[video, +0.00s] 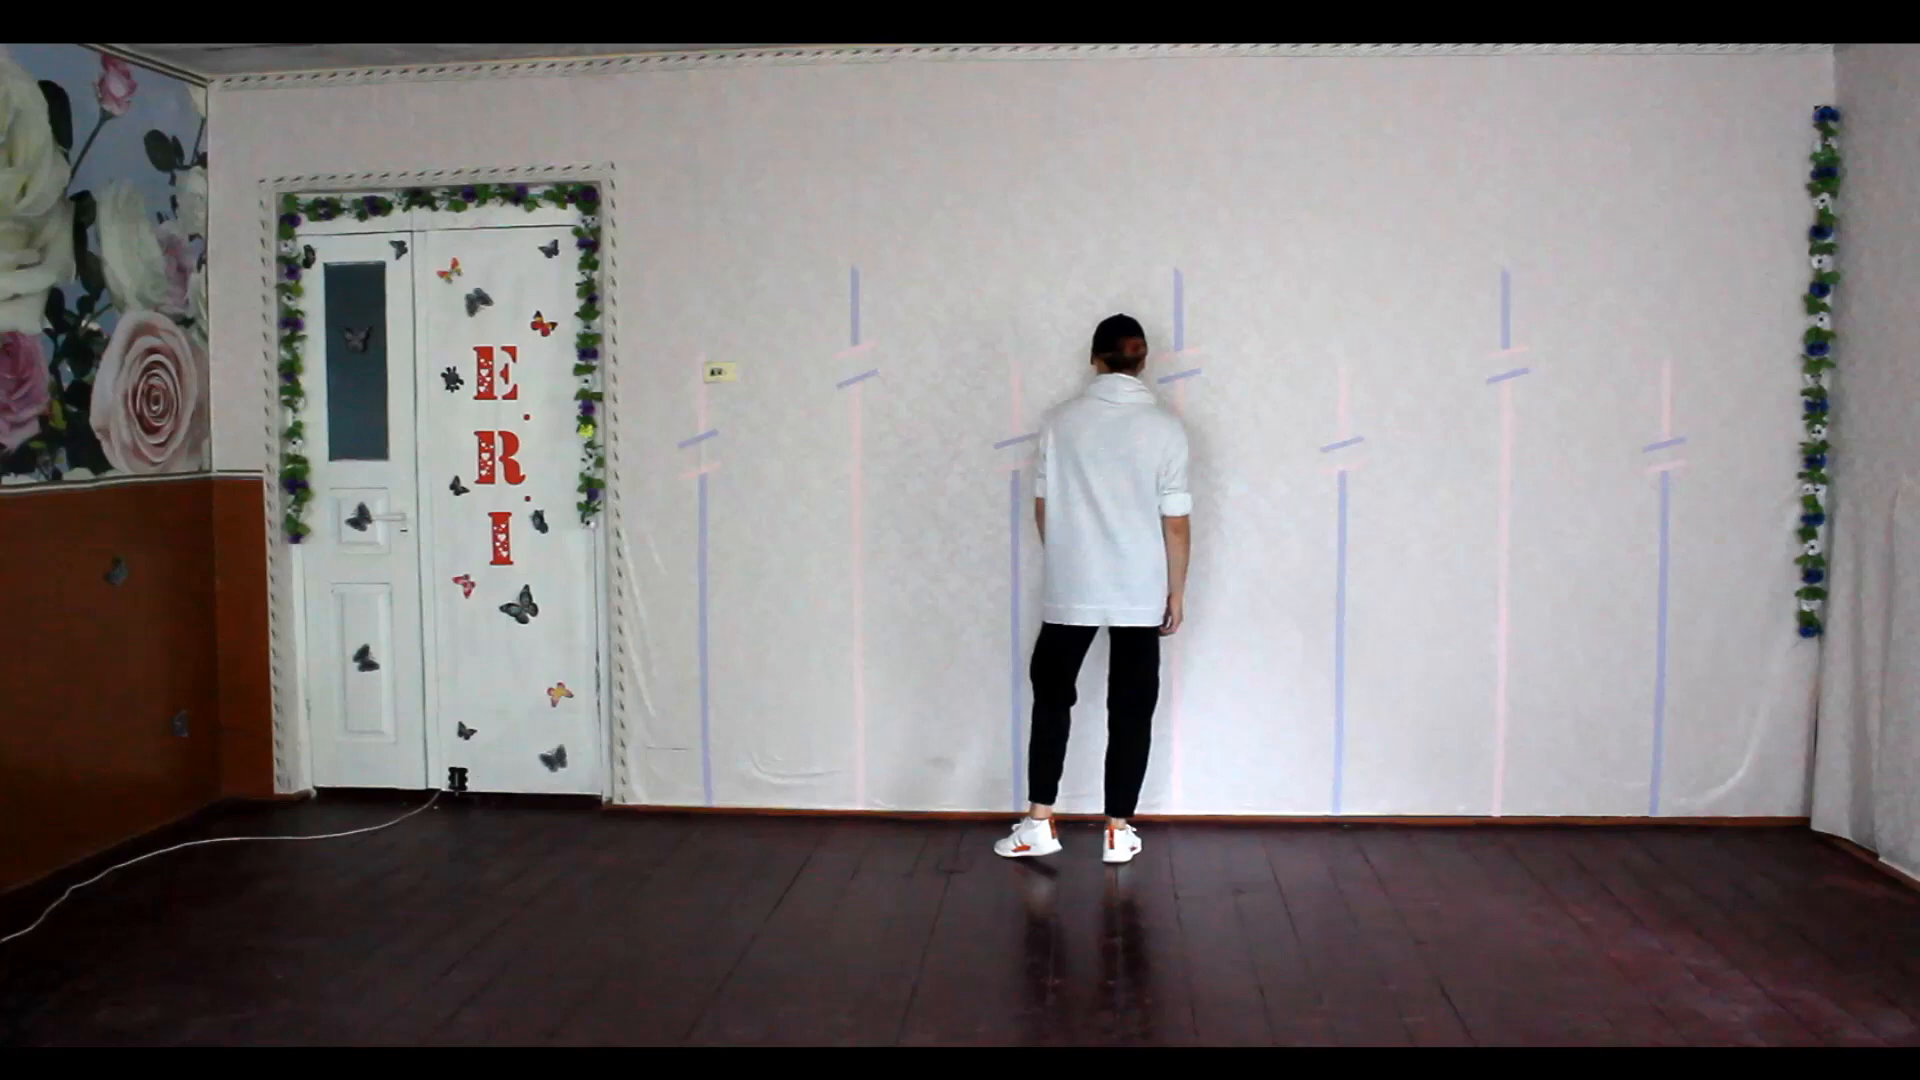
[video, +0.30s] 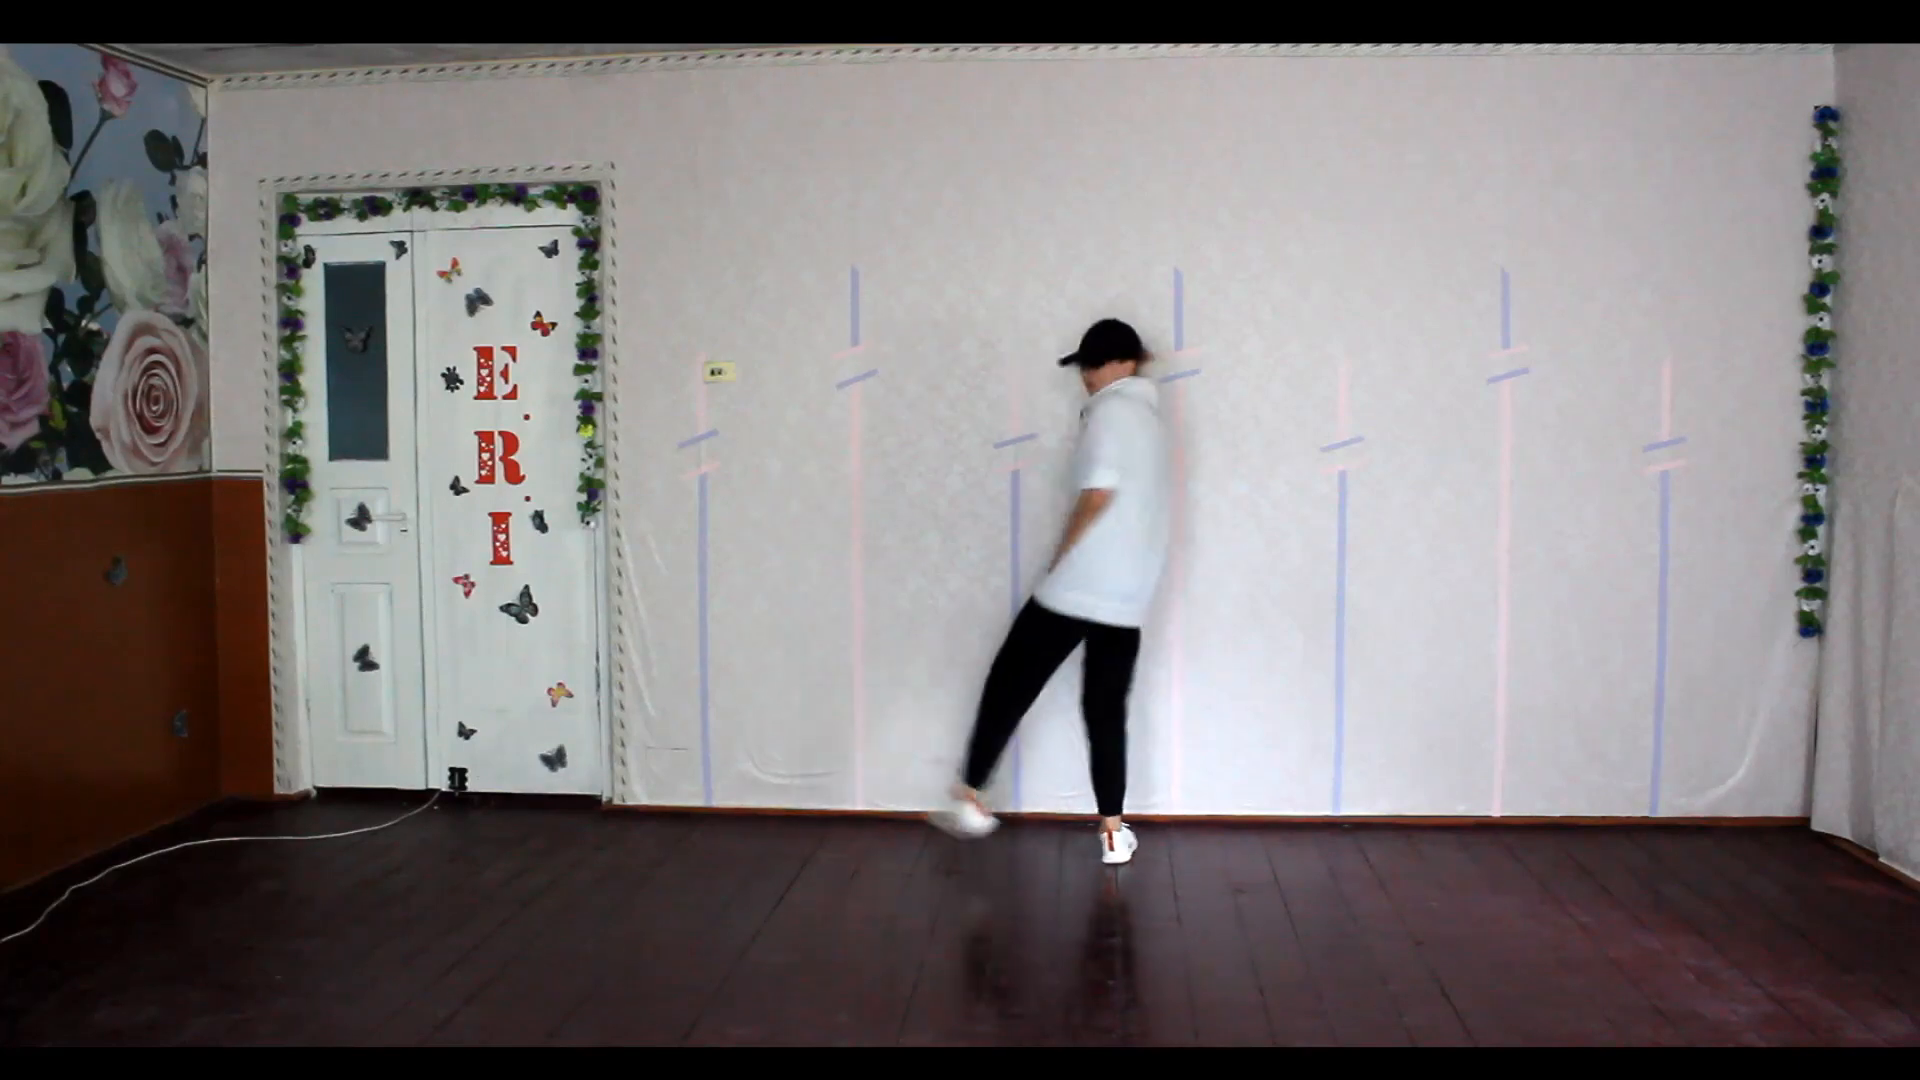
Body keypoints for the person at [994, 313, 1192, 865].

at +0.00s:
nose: (1139, 358)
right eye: (1141, 350)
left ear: (1094, 358)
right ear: (1143, 357)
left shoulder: (1060, 421)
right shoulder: (1163, 428)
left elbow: (1043, 507)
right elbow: (1176, 521)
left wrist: (1062, 563)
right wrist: (1176, 591)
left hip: (1071, 588)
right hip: (1138, 590)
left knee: (1051, 691)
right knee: (1130, 708)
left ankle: (1039, 819)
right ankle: (1118, 829)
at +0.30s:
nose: (1083, 378)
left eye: (1088, 368)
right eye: (1083, 369)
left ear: (1114, 364)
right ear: (1131, 365)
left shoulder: (1110, 410)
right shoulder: (1149, 416)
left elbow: (1100, 492)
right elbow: (1135, 498)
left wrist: (1062, 555)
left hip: (1080, 583)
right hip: (1127, 592)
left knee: (1011, 682)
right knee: (1106, 708)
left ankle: (969, 798)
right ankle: (1114, 827)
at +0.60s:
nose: (1110, 377)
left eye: (1120, 368)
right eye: (1101, 367)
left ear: (1134, 367)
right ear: (1085, 365)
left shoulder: (1158, 420)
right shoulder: (1059, 424)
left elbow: (1192, 497)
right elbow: (1032, 501)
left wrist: (1134, 544)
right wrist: (1009, 580)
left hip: (1125, 580)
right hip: (1077, 579)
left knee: (1030, 637)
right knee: (1093, 708)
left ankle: (922, 734)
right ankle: (1106, 831)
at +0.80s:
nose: (1134, 387)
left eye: (1142, 377)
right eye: (1124, 376)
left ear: (1151, 377)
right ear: (1101, 373)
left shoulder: (1156, 440)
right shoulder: (1061, 423)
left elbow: (1158, 516)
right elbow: (1034, 510)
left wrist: (1148, 559)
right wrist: (1022, 594)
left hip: (1115, 593)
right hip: (1057, 592)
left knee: (1071, 700)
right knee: (1068, 706)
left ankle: (1062, 839)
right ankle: (1101, 825)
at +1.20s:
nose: (1115, 379)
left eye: (1122, 367)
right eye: (1103, 369)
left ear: (1130, 363)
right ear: (1075, 364)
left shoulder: (1150, 424)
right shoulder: (1040, 422)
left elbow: (1175, 510)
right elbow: (990, 498)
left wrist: (1130, 581)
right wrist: (1002, 487)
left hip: (1118, 598)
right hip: (1055, 590)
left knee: (1101, 726)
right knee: (1062, 713)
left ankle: (1082, 850)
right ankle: (1054, 837)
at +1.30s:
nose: (1108, 381)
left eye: (1114, 370)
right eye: (1096, 371)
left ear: (1121, 367)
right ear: (1066, 369)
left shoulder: (1146, 422)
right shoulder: (1035, 435)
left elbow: (1172, 508)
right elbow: (998, 499)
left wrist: (1136, 581)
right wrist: (969, 536)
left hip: (1117, 616)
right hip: (1052, 615)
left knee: (1100, 741)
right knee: (1060, 743)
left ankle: (1081, 867)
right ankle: (1089, 874)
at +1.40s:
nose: (1103, 382)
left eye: (1108, 371)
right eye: (1091, 372)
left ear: (1114, 369)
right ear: (1059, 372)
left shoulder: (1139, 419)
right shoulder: (1034, 442)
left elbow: (1171, 508)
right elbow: (1013, 511)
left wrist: (1139, 583)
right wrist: (976, 530)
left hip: (1119, 623)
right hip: (1054, 626)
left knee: (1105, 742)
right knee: (1062, 750)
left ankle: (1084, 854)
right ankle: (1096, 878)